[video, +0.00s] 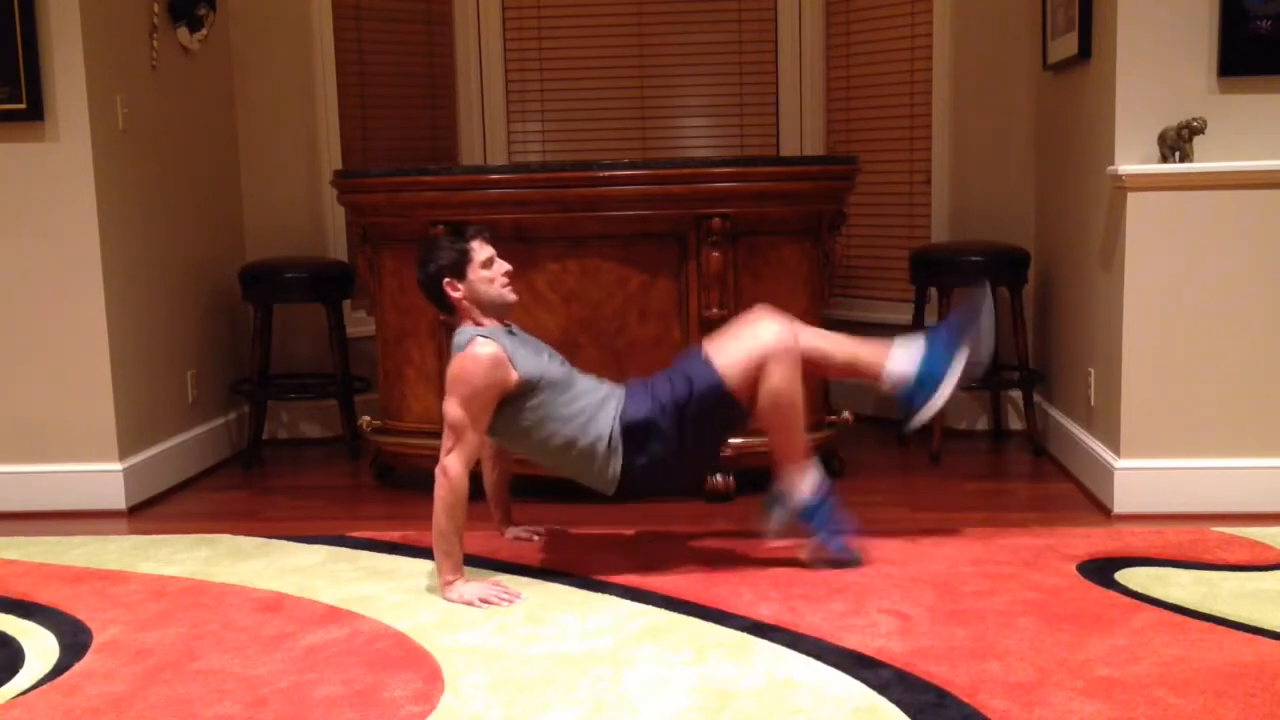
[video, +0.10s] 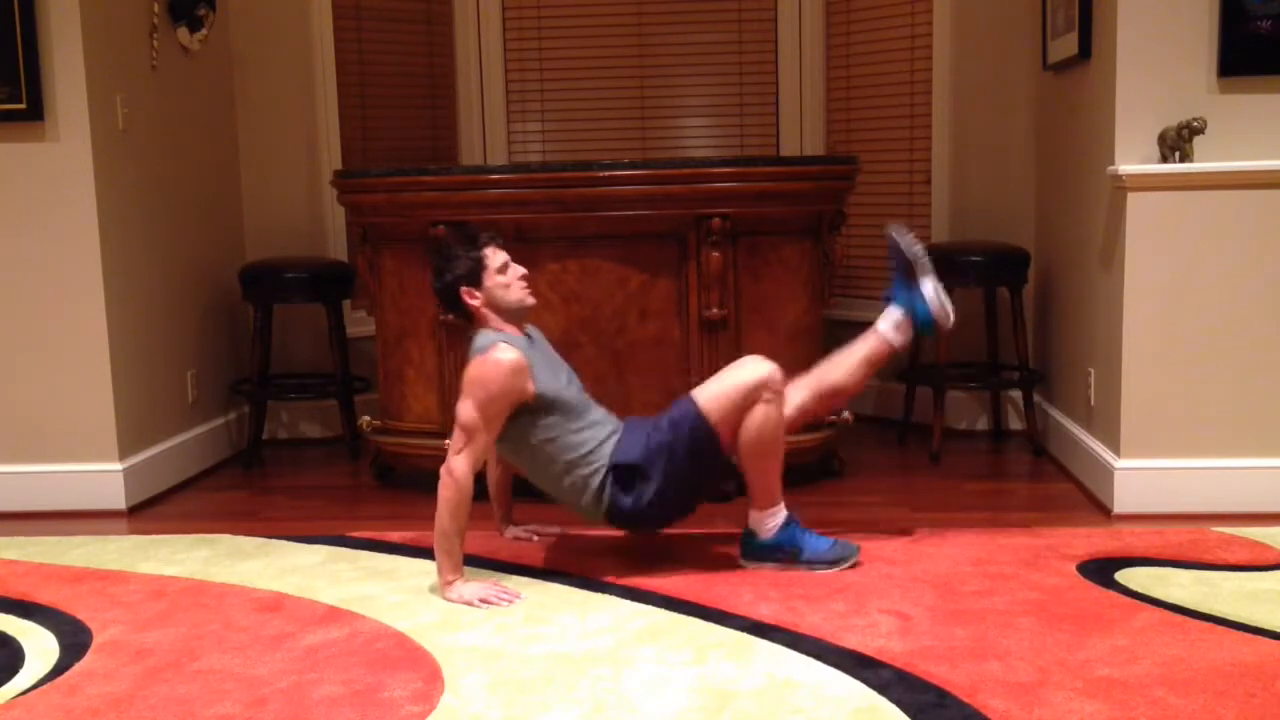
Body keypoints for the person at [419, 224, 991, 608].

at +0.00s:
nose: (506, 270)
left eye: (500, 261)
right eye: (490, 266)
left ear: (476, 285)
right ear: (456, 291)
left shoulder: (498, 339)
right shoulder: (476, 357)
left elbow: (489, 440)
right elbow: (450, 466)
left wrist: (498, 521)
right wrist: (449, 576)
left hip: (635, 413)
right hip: (630, 445)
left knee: (769, 321)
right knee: (770, 344)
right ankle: (798, 496)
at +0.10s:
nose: (520, 274)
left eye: (513, 265)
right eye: (504, 271)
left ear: (496, 290)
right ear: (474, 298)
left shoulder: (519, 340)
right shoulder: (494, 362)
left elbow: (498, 438)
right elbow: (456, 464)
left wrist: (500, 520)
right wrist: (447, 577)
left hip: (638, 459)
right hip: (628, 481)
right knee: (760, 377)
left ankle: (903, 318)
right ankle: (770, 529)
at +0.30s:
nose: (510, 270)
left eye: (504, 261)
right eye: (494, 266)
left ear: (482, 284)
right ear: (459, 292)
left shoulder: (504, 337)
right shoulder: (480, 359)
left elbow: (491, 438)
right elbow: (451, 466)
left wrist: (499, 519)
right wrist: (449, 577)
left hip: (647, 419)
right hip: (643, 454)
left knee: (771, 326)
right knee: (800, 375)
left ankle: (904, 407)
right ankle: (777, 528)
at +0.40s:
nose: (496, 268)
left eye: (490, 258)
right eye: (480, 263)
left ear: (463, 285)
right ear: (448, 290)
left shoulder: (489, 333)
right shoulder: (470, 356)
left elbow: (490, 436)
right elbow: (451, 464)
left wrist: (501, 520)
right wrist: (449, 576)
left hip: (641, 386)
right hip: (644, 417)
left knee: (775, 297)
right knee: (793, 319)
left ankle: (788, 449)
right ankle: (845, 474)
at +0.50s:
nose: (500, 269)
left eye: (493, 260)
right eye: (484, 266)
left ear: (473, 283)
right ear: (451, 292)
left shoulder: (497, 341)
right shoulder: (469, 359)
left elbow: (488, 442)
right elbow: (448, 465)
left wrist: (498, 520)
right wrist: (447, 576)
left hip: (639, 408)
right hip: (633, 424)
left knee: (788, 350)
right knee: (776, 319)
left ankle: (757, 475)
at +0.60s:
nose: (510, 272)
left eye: (504, 262)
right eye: (493, 269)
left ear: (494, 280)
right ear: (461, 295)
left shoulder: (508, 337)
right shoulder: (481, 364)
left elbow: (491, 437)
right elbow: (449, 469)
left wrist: (499, 519)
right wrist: (446, 579)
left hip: (628, 434)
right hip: (623, 470)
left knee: (769, 367)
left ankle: (729, 515)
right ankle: (918, 314)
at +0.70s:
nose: (511, 269)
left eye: (505, 261)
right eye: (495, 266)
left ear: (491, 284)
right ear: (465, 295)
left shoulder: (510, 339)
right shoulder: (487, 365)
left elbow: (490, 436)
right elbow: (450, 467)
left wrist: (501, 519)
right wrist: (445, 578)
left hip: (624, 441)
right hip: (623, 478)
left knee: (762, 366)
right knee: (776, 386)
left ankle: (728, 512)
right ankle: (912, 315)